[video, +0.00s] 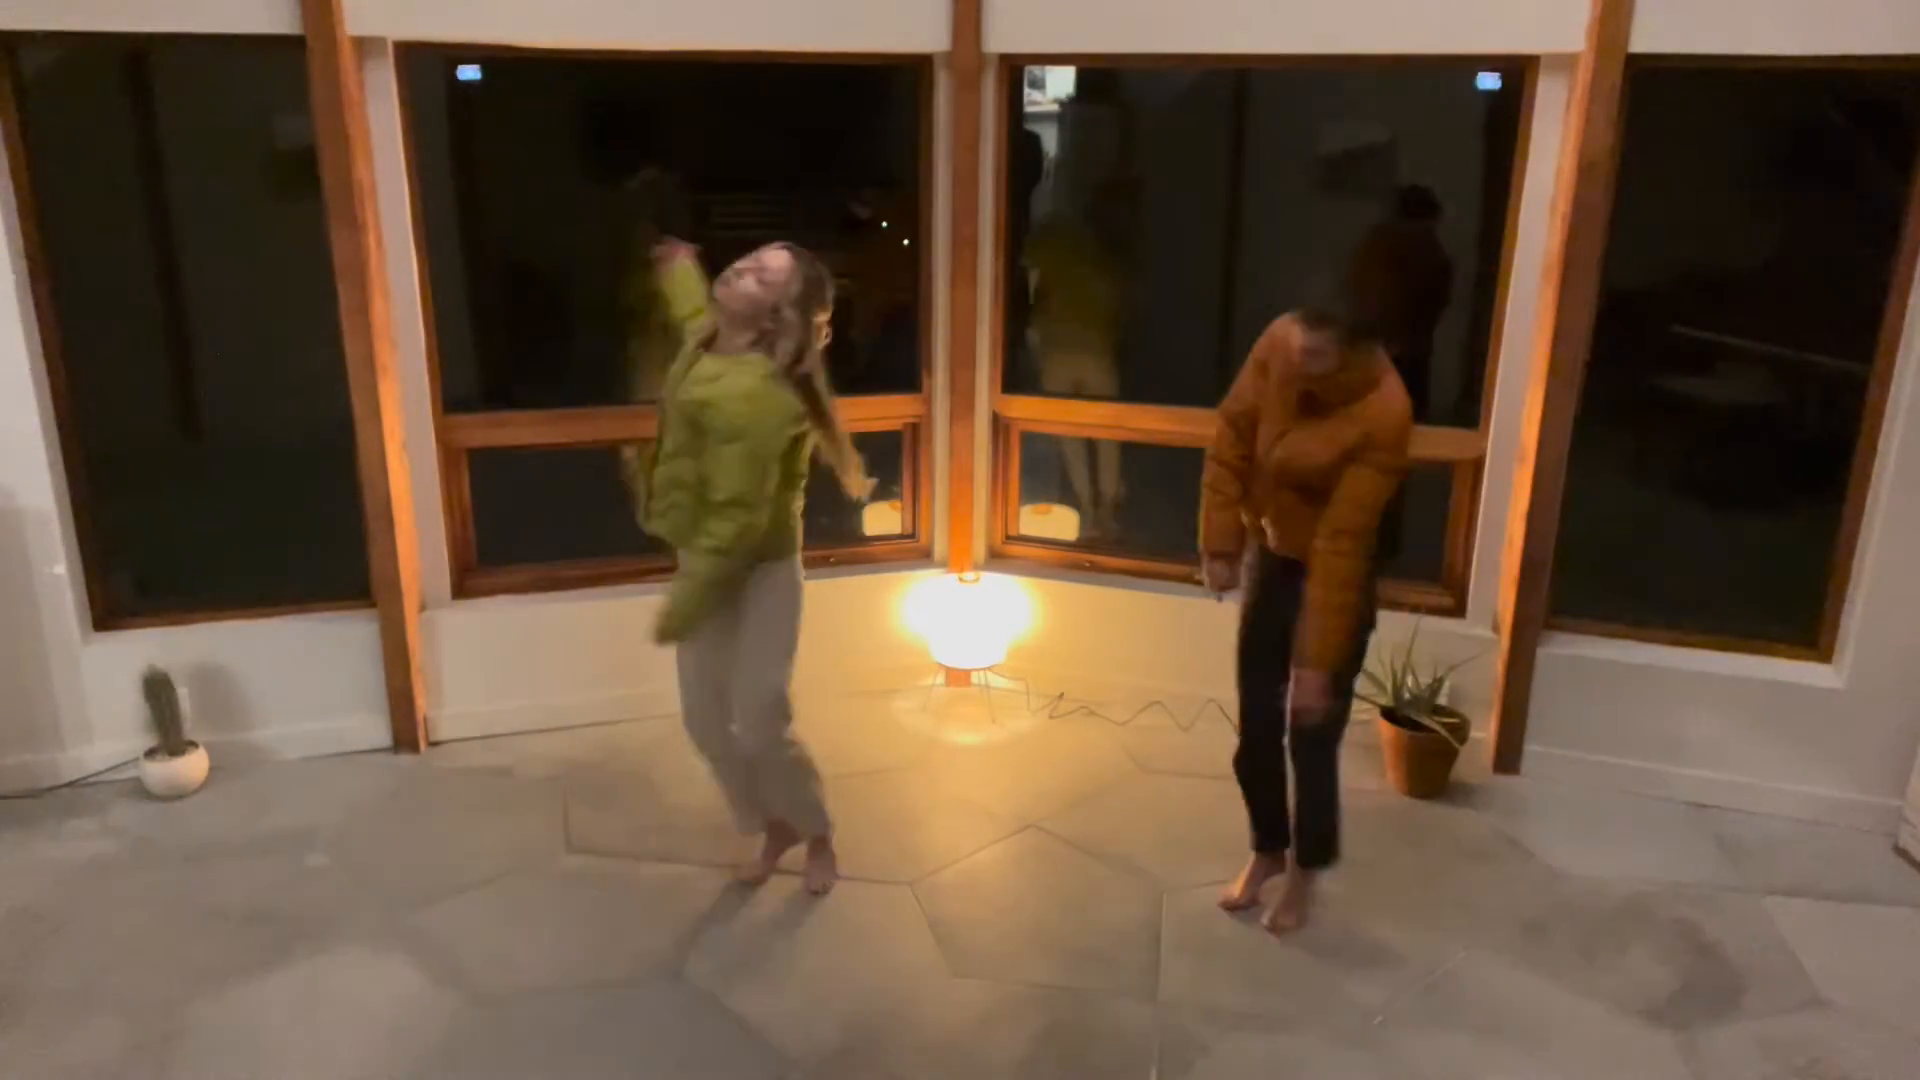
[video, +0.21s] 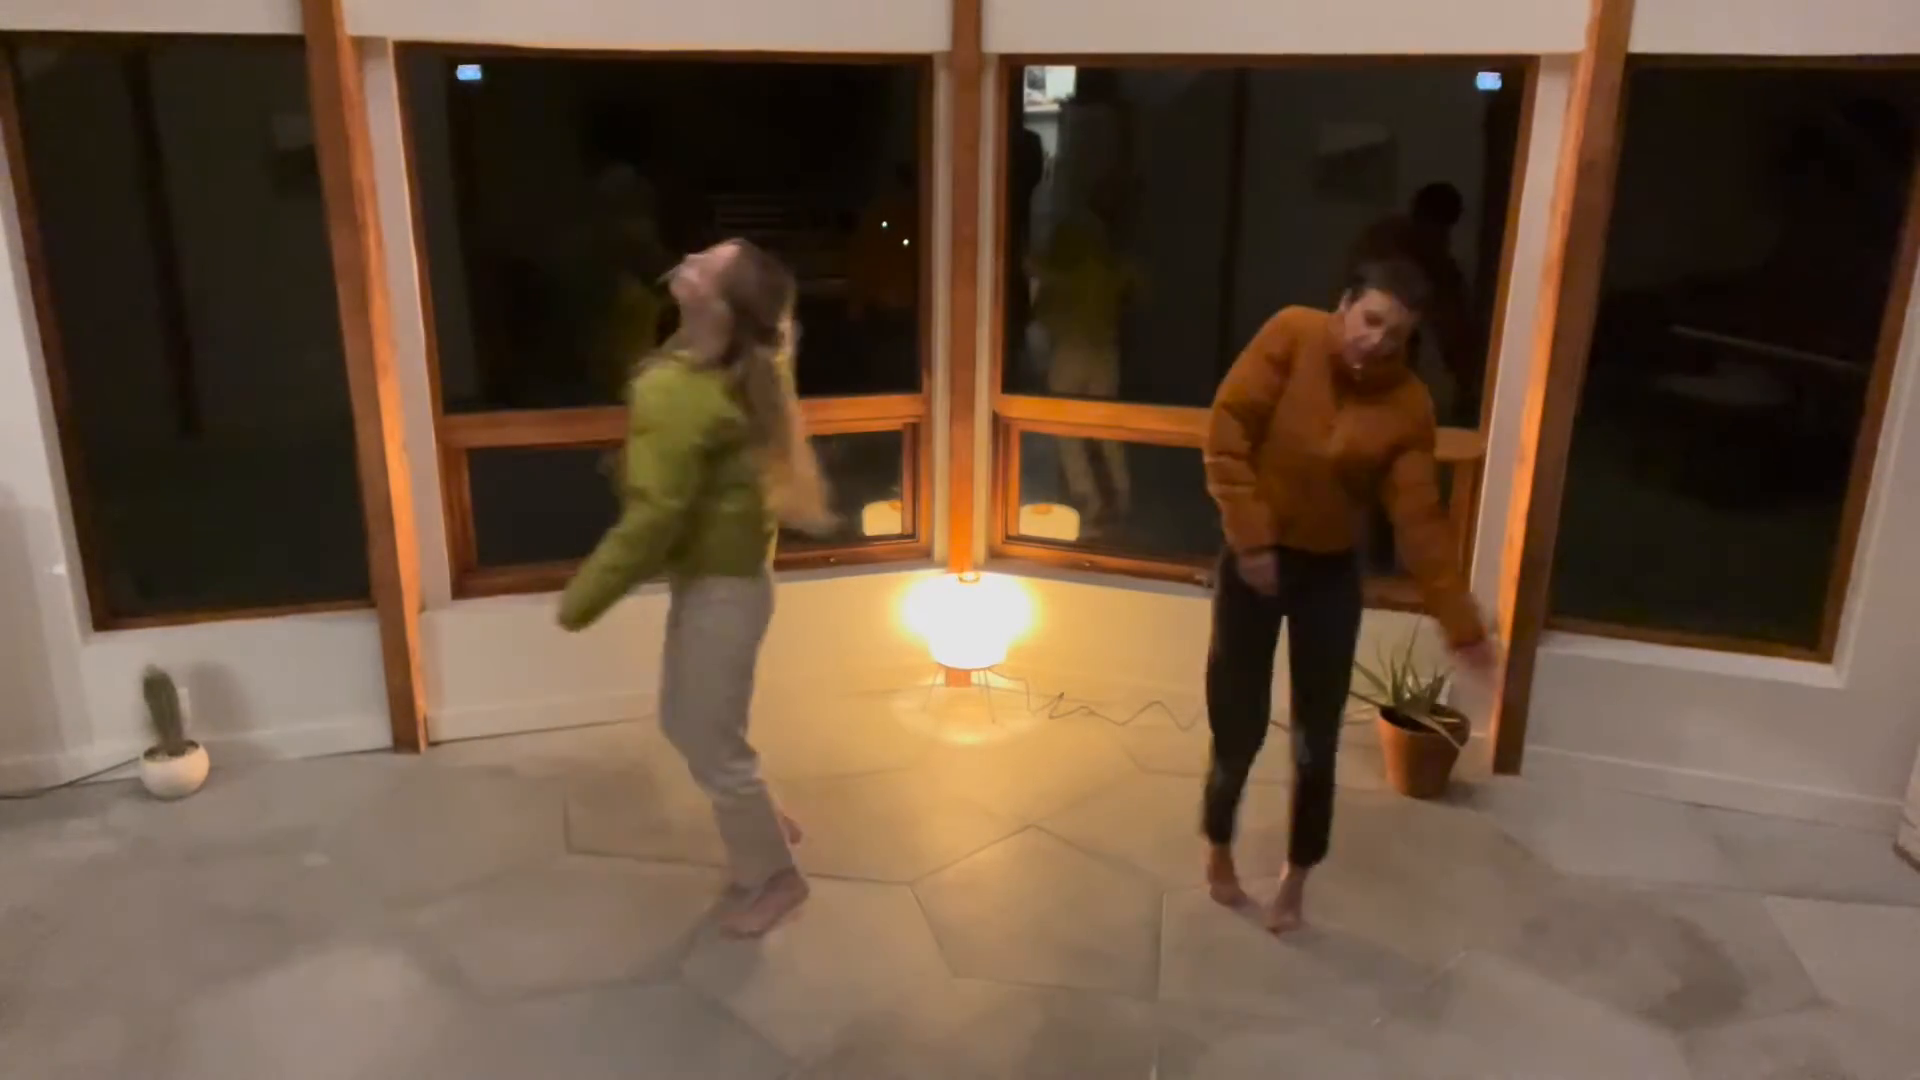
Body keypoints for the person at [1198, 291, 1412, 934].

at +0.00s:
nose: (1302, 357)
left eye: (1320, 352)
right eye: (1302, 342)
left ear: (1357, 351)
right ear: (1297, 329)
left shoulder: (1385, 412)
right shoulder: (1281, 343)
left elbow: (1345, 541)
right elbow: (1231, 433)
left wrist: (1317, 659)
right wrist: (1220, 539)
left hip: (1337, 577)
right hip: (1274, 562)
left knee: (1311, 731)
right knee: (1257, 724)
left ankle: (1303, 871)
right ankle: (1266, 853)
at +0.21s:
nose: (1374, 340)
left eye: (1393, 332)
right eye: (1369, 319)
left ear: (1409, 335)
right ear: (1345, 301)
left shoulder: (1406, 404)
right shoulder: (1292, 335)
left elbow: (1421, 521)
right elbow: (1227, 430)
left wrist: (1463, 628)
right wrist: (1250, 537)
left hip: (1331, 567)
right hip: (1255, 554)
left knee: (1316, 733)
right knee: (1239, 725)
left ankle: (1294, 882)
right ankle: (1219, 850)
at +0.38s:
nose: (1408, 330)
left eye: (1416, 319)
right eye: (1400, 312)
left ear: (1413, 322)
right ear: (1359, 300)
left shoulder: (1378, 380)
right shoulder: (1302, 340)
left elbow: (1415, 497)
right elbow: (1258, 453)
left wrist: (1486, 583)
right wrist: (1315, 549)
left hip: (1322, 568)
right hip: (1266, 557)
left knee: (1300, 728)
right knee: (1259, 725)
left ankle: (1255, 841)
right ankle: (1216, 851)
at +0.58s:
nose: (1397, 315)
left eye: (1402, 302)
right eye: (1393, 299)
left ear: (1360, 286)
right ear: (1359, 286)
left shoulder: (1316, 331)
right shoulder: (1342, 334)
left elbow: (1266, 430)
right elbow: (1340, 444)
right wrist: (1389, 520)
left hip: (1282, 563)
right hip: (1301, 571)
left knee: (1287, 728)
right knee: (1324, 742)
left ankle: (1254, 856)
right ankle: (1259, 877)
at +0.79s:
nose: (1269, 319)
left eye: (1270, 309)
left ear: (1280, 306)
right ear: (1345, 294)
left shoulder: (1263, 373)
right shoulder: (1389, 345)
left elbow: (1203, 472)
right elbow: (1441, 451)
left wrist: (1127, 525)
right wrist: (1432, 513)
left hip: (1278, 570)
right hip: (1354, 574)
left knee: (1262, 728)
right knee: (1332, 732)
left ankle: (1248, 872)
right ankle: (1278, 876)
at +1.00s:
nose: (1301, 308)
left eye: (1308, 299)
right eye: (1307, 296)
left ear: (1326, 310)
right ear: (1367, 306)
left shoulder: (1294, 381)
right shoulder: (1416, 348)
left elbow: (1248, 496)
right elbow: (1467, 443)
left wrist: (1179, 571)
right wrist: (1411, 494)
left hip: (1295, 576)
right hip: (1369, 575)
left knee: (1271, 730)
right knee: (1345, 726)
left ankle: (1258, 887)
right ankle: (1366, 885)